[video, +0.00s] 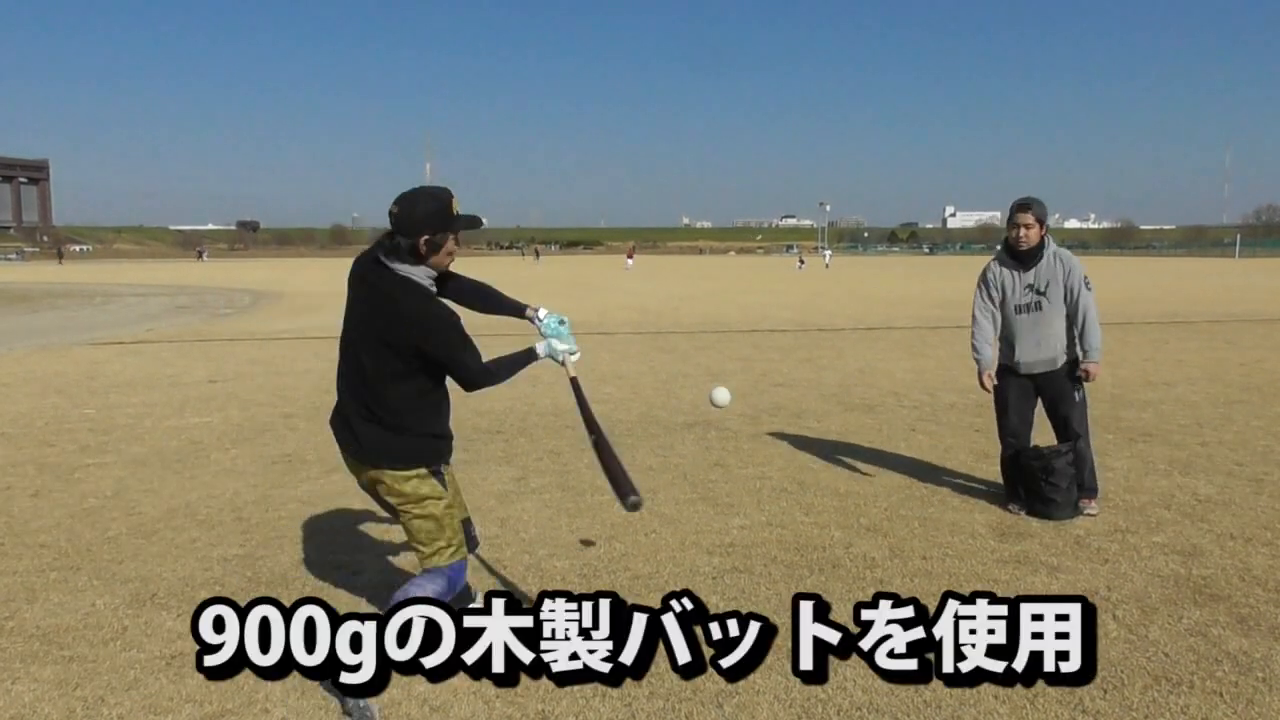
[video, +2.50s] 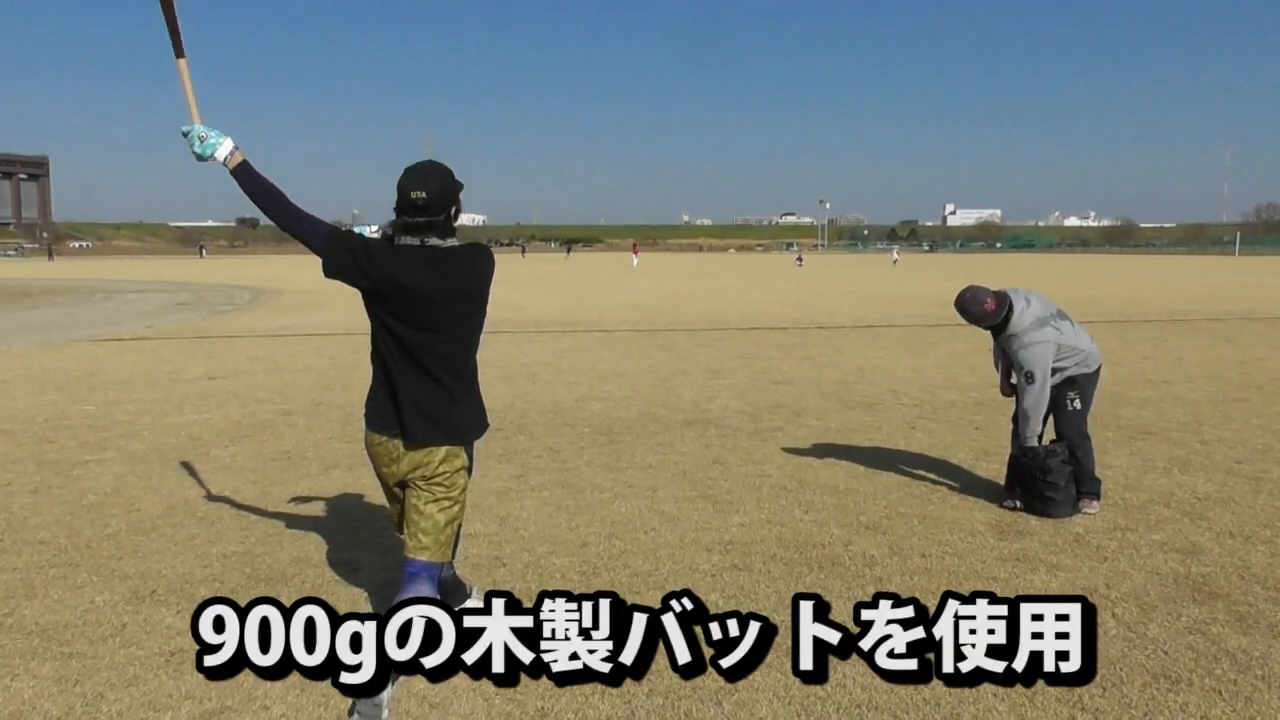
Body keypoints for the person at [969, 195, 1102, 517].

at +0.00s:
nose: (1020, 233)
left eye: (1027, 226)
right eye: (1014, 226)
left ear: (1043, 229)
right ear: (1007, 229)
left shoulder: (1066, 264)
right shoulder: (995, 271)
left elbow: (1084, 310)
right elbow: (984, 319)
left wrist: (1091, 356)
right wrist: (985, 362)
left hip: (1059, 366)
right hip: (1013, 369)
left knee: (1074, 434)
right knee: (1013, 436)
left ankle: (1086, 493)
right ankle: (1016, 496)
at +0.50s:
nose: (1063, 247)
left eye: (1072, 242)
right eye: (1060, 239)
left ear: (1089, 244)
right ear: (1053, 235)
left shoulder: (1097, 280)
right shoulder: (1028, 265)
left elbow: (1092, 329)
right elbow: (1006, 308)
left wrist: (1055, 357)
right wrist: (1004, 349)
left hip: (1066, 366)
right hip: (1019, 363)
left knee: (1077, 432)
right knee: (1015, 433)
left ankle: (1087, 494)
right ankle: (1016, 493)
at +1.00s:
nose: (1044, 320)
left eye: (1052, 316)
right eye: (1039, 313)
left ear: (1067, 310)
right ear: (1033, 301)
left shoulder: (1082, 321)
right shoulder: (1013, 305)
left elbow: (1085, 372)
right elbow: (998, 345)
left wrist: (1067, 419)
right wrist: (1002, 385)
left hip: (1062, 379)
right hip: (1021, 377)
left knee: (1076, 433)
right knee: (1014, 434)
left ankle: (1087, 495)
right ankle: (1015, 494)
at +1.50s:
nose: (1007, 312)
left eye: (1007, 306)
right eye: (999, 311)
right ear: (986, 313)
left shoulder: (1033, 335)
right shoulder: (1003, 309)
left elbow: (1038, 386)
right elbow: (1001, 340)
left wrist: (1030, 433)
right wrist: (1003, 377)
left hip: (1080, 368)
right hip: (1040, 368)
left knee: (1076, 432)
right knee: (1027, 430)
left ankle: (1088, 495)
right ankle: (1018, 490)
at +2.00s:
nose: (975, 325)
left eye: (973, 321)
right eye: (973, 321)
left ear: (979, 319)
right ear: (987, 297)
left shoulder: (1025, 344)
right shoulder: (1001, 304)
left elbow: (1040, 400)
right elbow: (1002, 346)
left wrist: (1036, 447)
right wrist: (1007, 378)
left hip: (1079, 367)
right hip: (1041, 366)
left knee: (1070, 430)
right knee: (1024, 427)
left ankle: (1088, 493)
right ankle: (1016, 490)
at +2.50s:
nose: (980, 327)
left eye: (978, 323)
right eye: (978, 323)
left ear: (985, 322)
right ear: (992, 296)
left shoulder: (1030, 345)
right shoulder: (1004, 303)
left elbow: (1034, 399)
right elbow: (1002, 344)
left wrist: (1029, 443)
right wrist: (1004, 378)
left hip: (1077, 366)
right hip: (1040, 366)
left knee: (1070, 430)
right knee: (1023, 425)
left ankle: (1088, 492)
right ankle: (1016, 490)